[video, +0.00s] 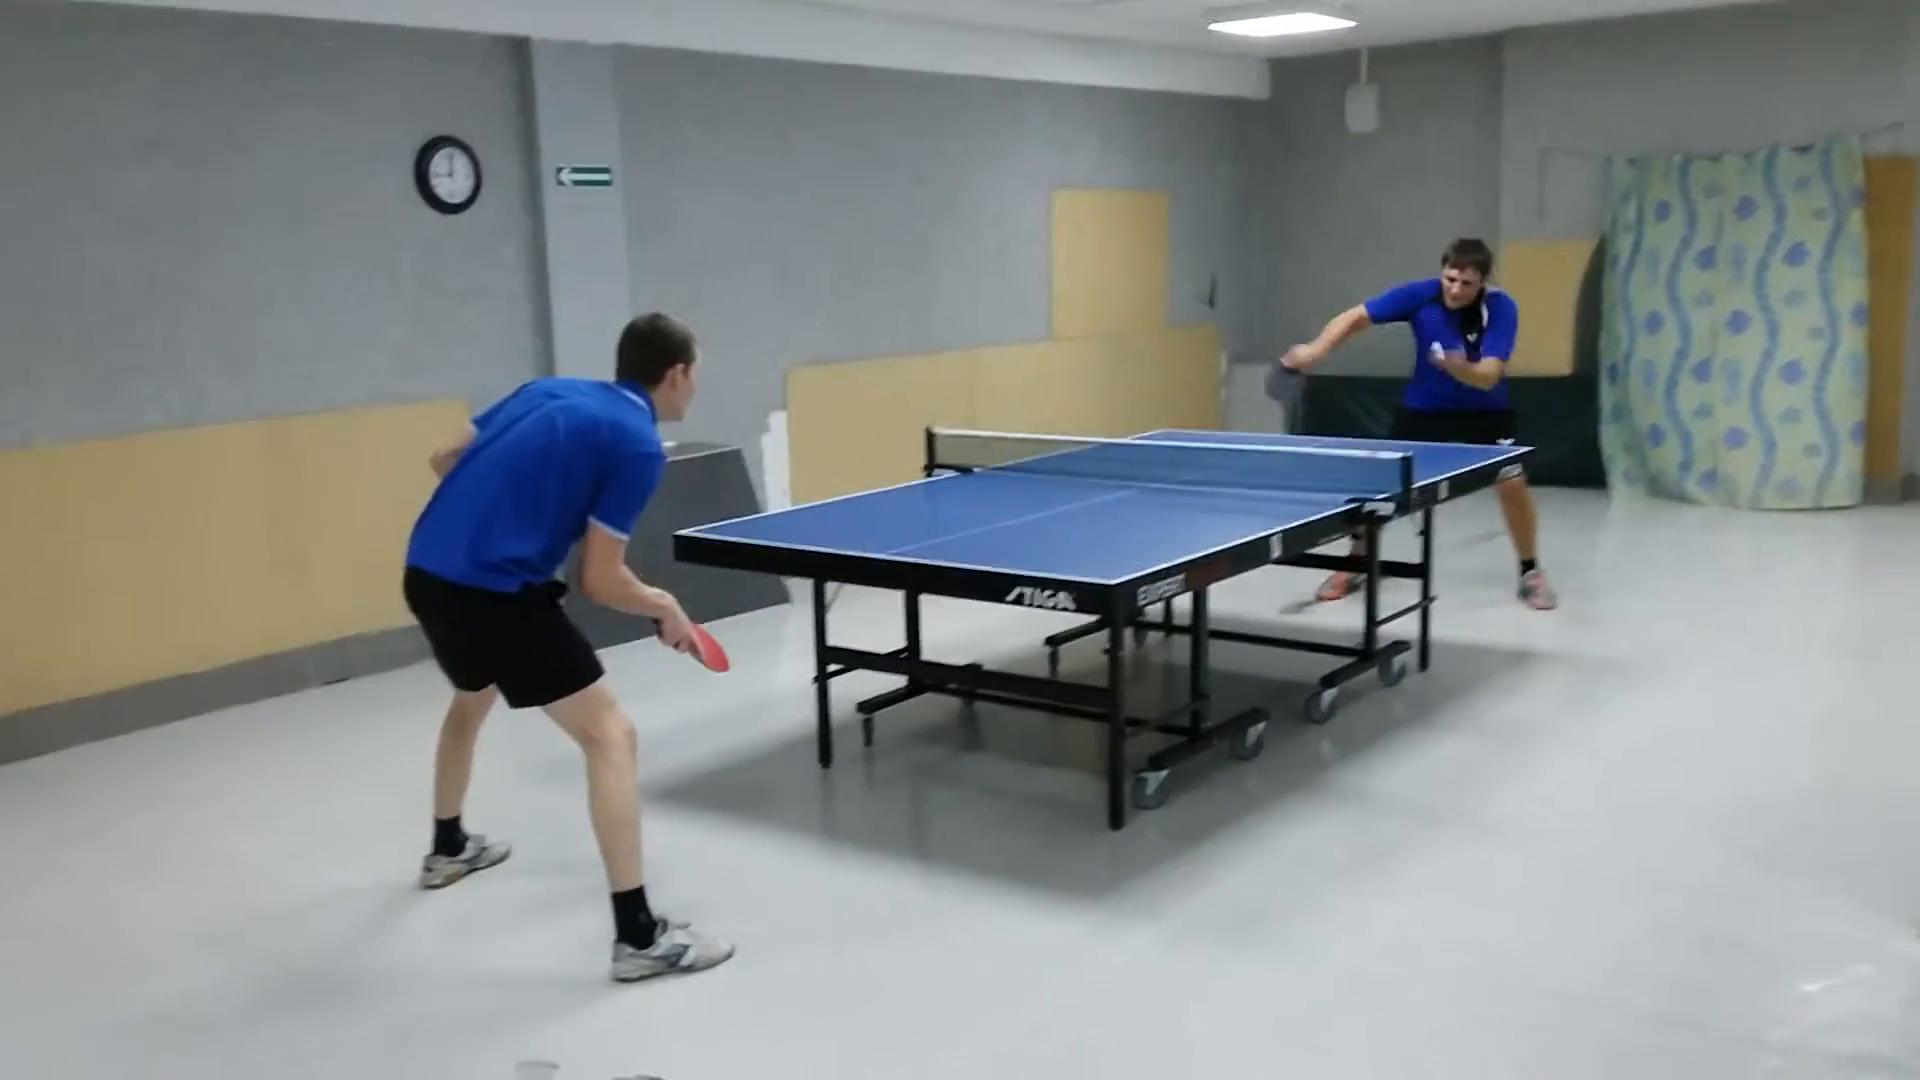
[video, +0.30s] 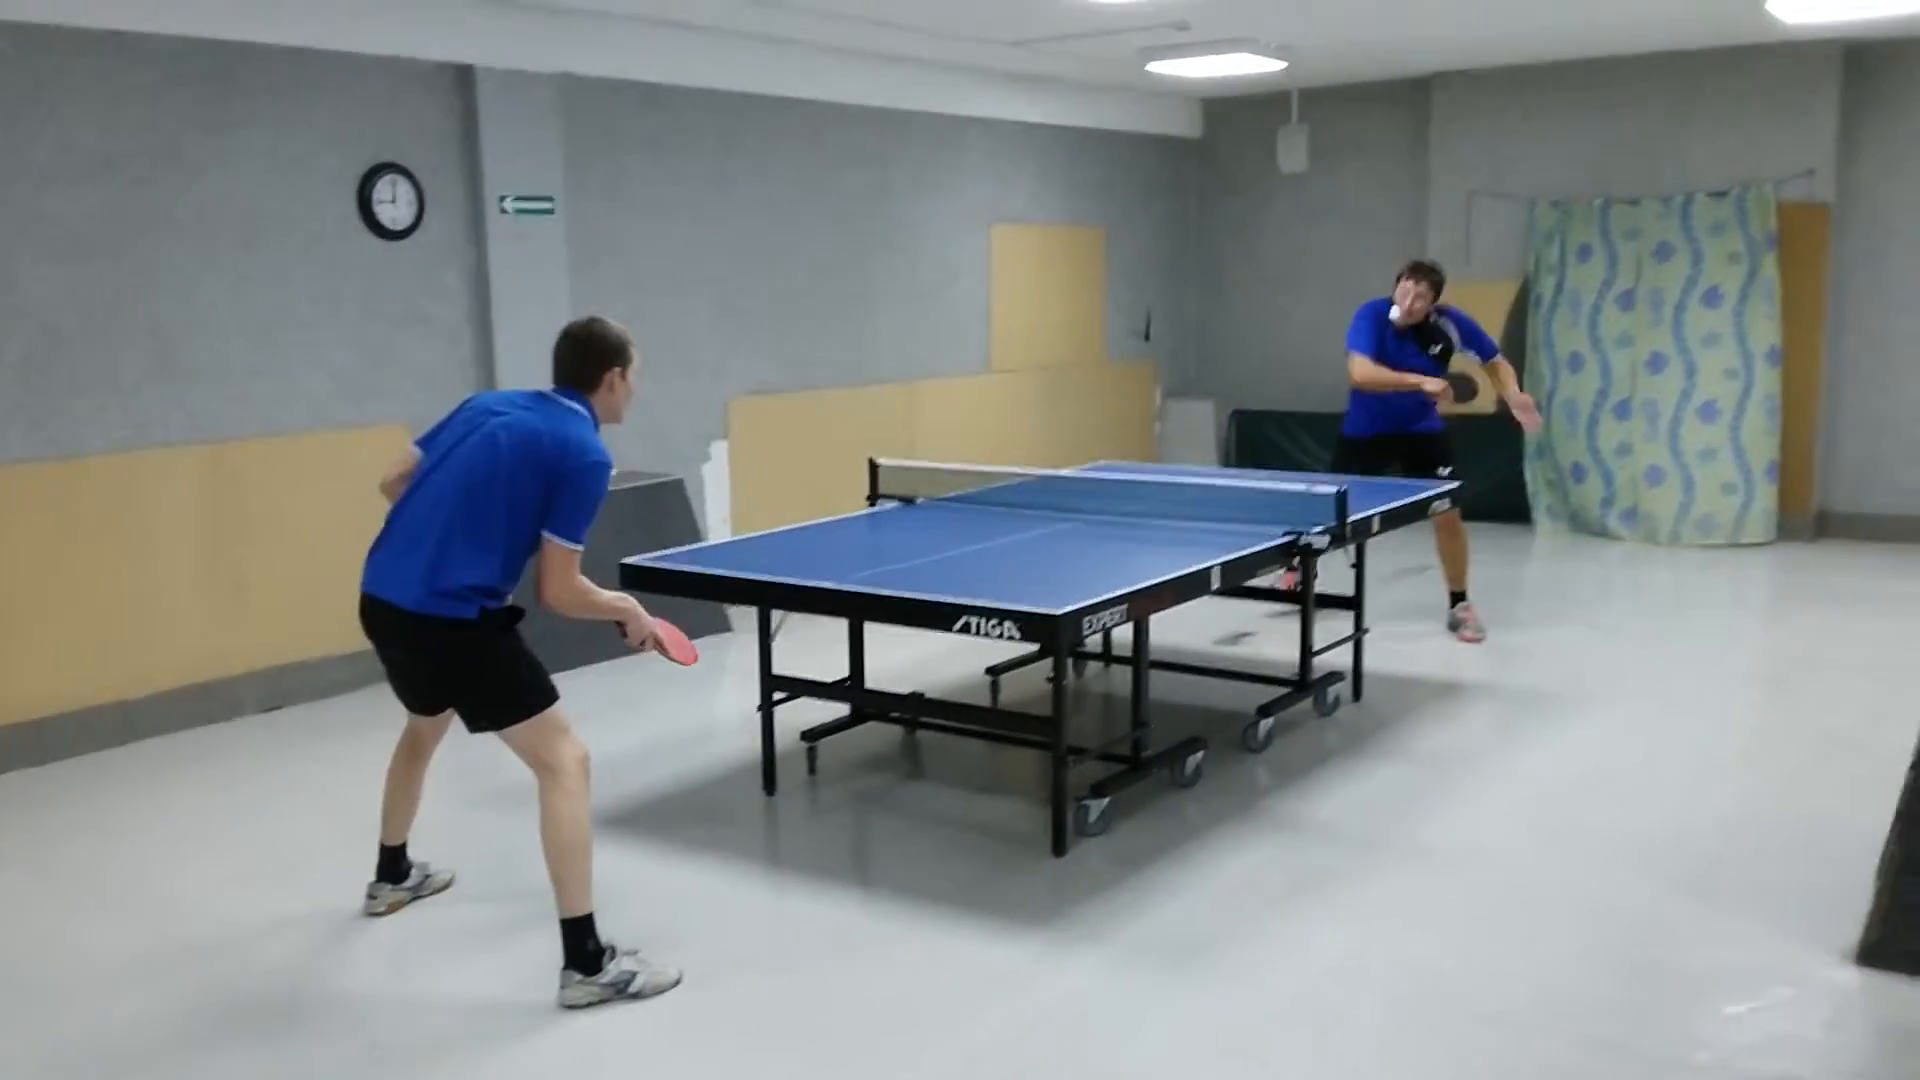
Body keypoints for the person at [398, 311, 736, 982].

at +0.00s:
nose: (695, 387)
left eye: (693, 374)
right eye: (693, 375)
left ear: (628, 367)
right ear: (673, 377)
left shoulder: (550, 391)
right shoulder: (637, 444)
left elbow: (445, 457)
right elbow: (601, 579)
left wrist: (502, 522)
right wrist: (664, 606)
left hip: (429, 572)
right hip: (499, 590)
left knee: (474, 691)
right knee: (610, 736)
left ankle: (446, 846)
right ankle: (638, 936)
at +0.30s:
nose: (632, 392)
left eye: (633, 379)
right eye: (631, 380)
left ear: (562, 373)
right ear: (610, 382)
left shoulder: (490, 404)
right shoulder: (583, 452)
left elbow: (395, 482)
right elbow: (559, 590)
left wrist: (457, 544)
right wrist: (629, 609)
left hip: (385, 601)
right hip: (457, 616)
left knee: (428, 717)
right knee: (563, 762)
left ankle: (390, 875)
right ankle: (586, 962)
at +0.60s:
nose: (573, 364)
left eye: (570, 351)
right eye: (569, 352)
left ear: (505, 355)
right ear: (547, 358)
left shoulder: (434, 396)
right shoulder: (530, 436)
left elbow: (349, 482)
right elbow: (532, 573)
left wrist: (414, 530)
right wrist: (608, 579)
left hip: (352, 605)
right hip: (423, 617)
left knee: (396, 723)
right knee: (531, 765)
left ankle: (338, 880)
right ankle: (538, 966)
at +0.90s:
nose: (552, 379)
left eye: (549, 366)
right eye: (549, 367)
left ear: (480, 370)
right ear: (532, 371)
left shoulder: (418, 419)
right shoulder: (525, 447)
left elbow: (399, 512)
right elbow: (596, 562)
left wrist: (480, 552)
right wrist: (615, 522)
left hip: (330, 620)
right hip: (408, 628)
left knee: (400, 708)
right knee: (567, 715)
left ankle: (305, 842)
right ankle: (574, 900)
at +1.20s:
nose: (511, 393)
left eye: (510, 381)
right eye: (509, 381)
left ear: (438, 386)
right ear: (493, 382)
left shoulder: (381, 437)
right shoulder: (485, 473)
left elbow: (326, 509)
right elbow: (600, 566)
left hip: (338, 658)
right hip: (409, 666)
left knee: (425, 706)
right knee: (588, 709)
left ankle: (306, 836)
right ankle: (576, 899)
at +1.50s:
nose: (360, 220)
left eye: (354, 206)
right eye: (353, 207)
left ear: (275, 218)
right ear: (330, 216)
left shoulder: (212, 291)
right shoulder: (363, 292)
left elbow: (91, 359)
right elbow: (510, 319)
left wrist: (73, 408)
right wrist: (647, 308)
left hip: (237, 555)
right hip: (338, 551)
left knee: (266, 683)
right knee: (430, 721)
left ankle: (212, 856)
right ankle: (447, 920)